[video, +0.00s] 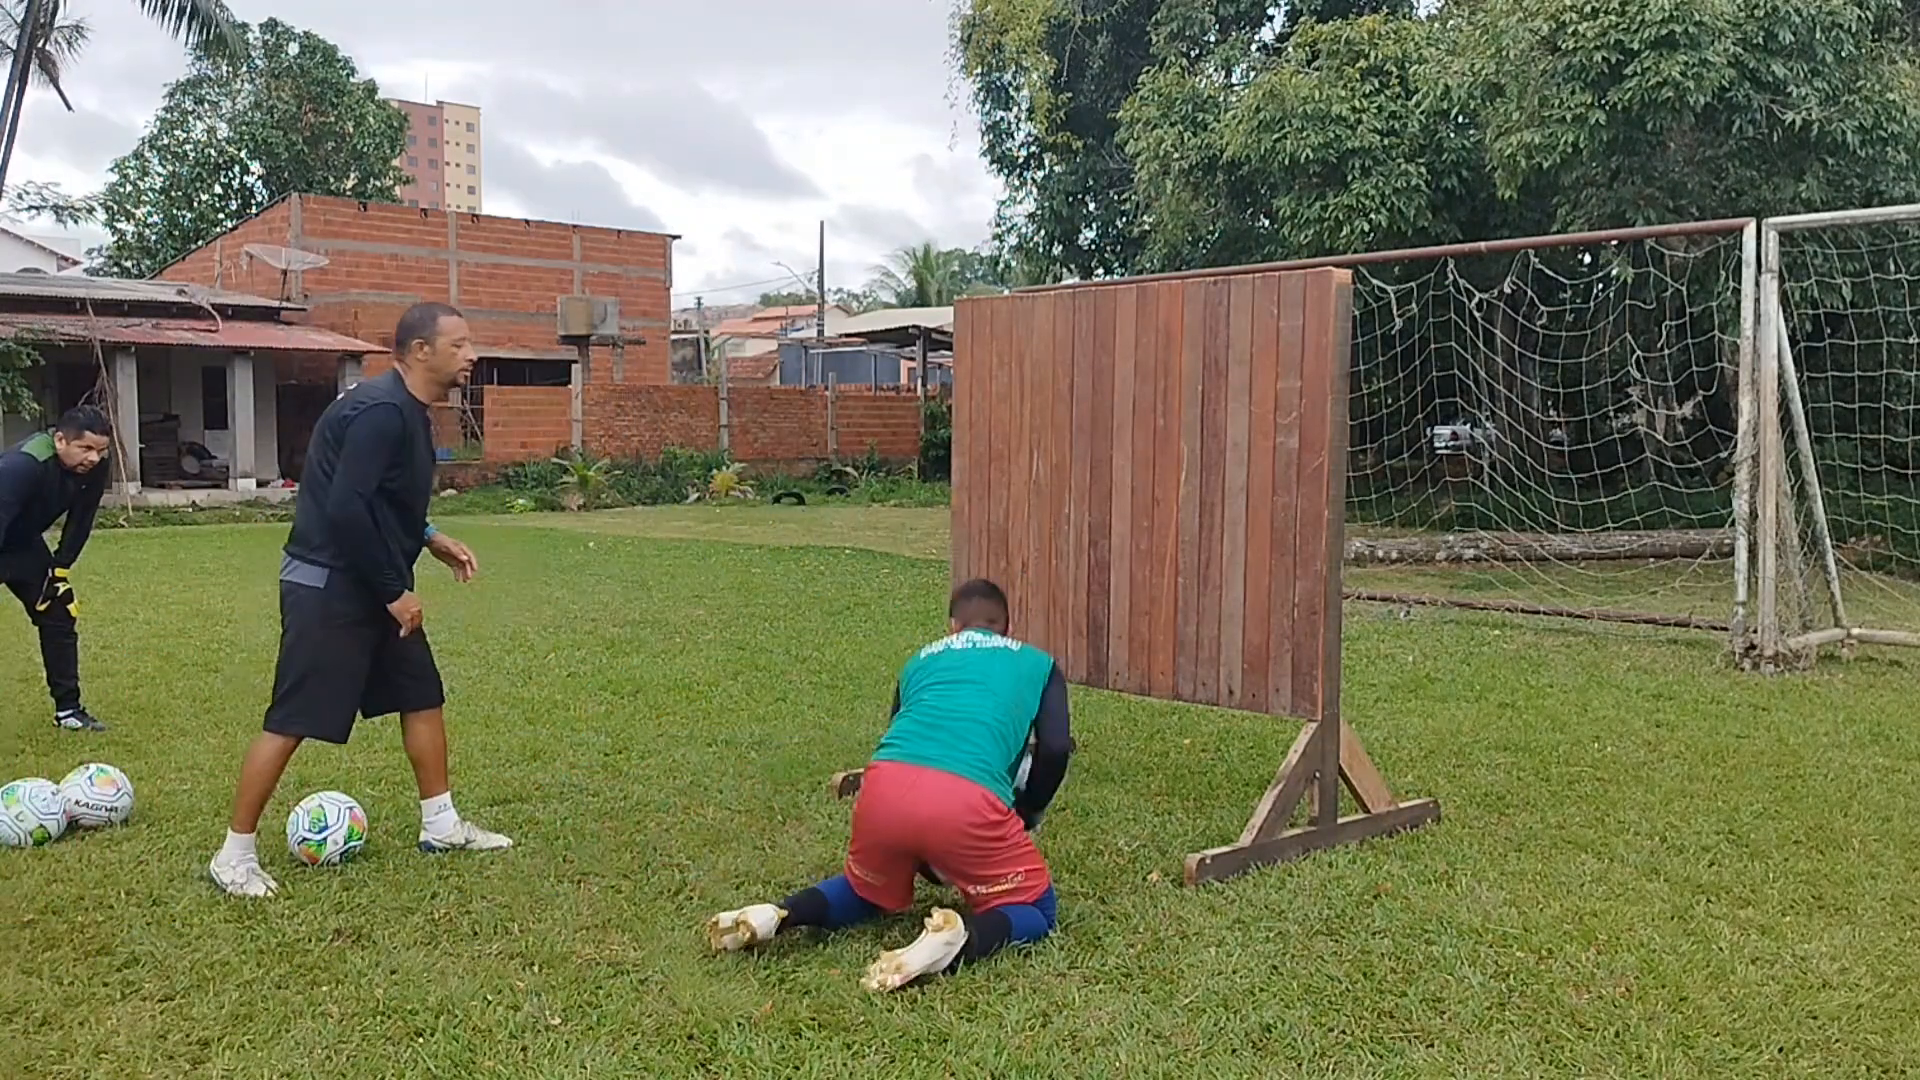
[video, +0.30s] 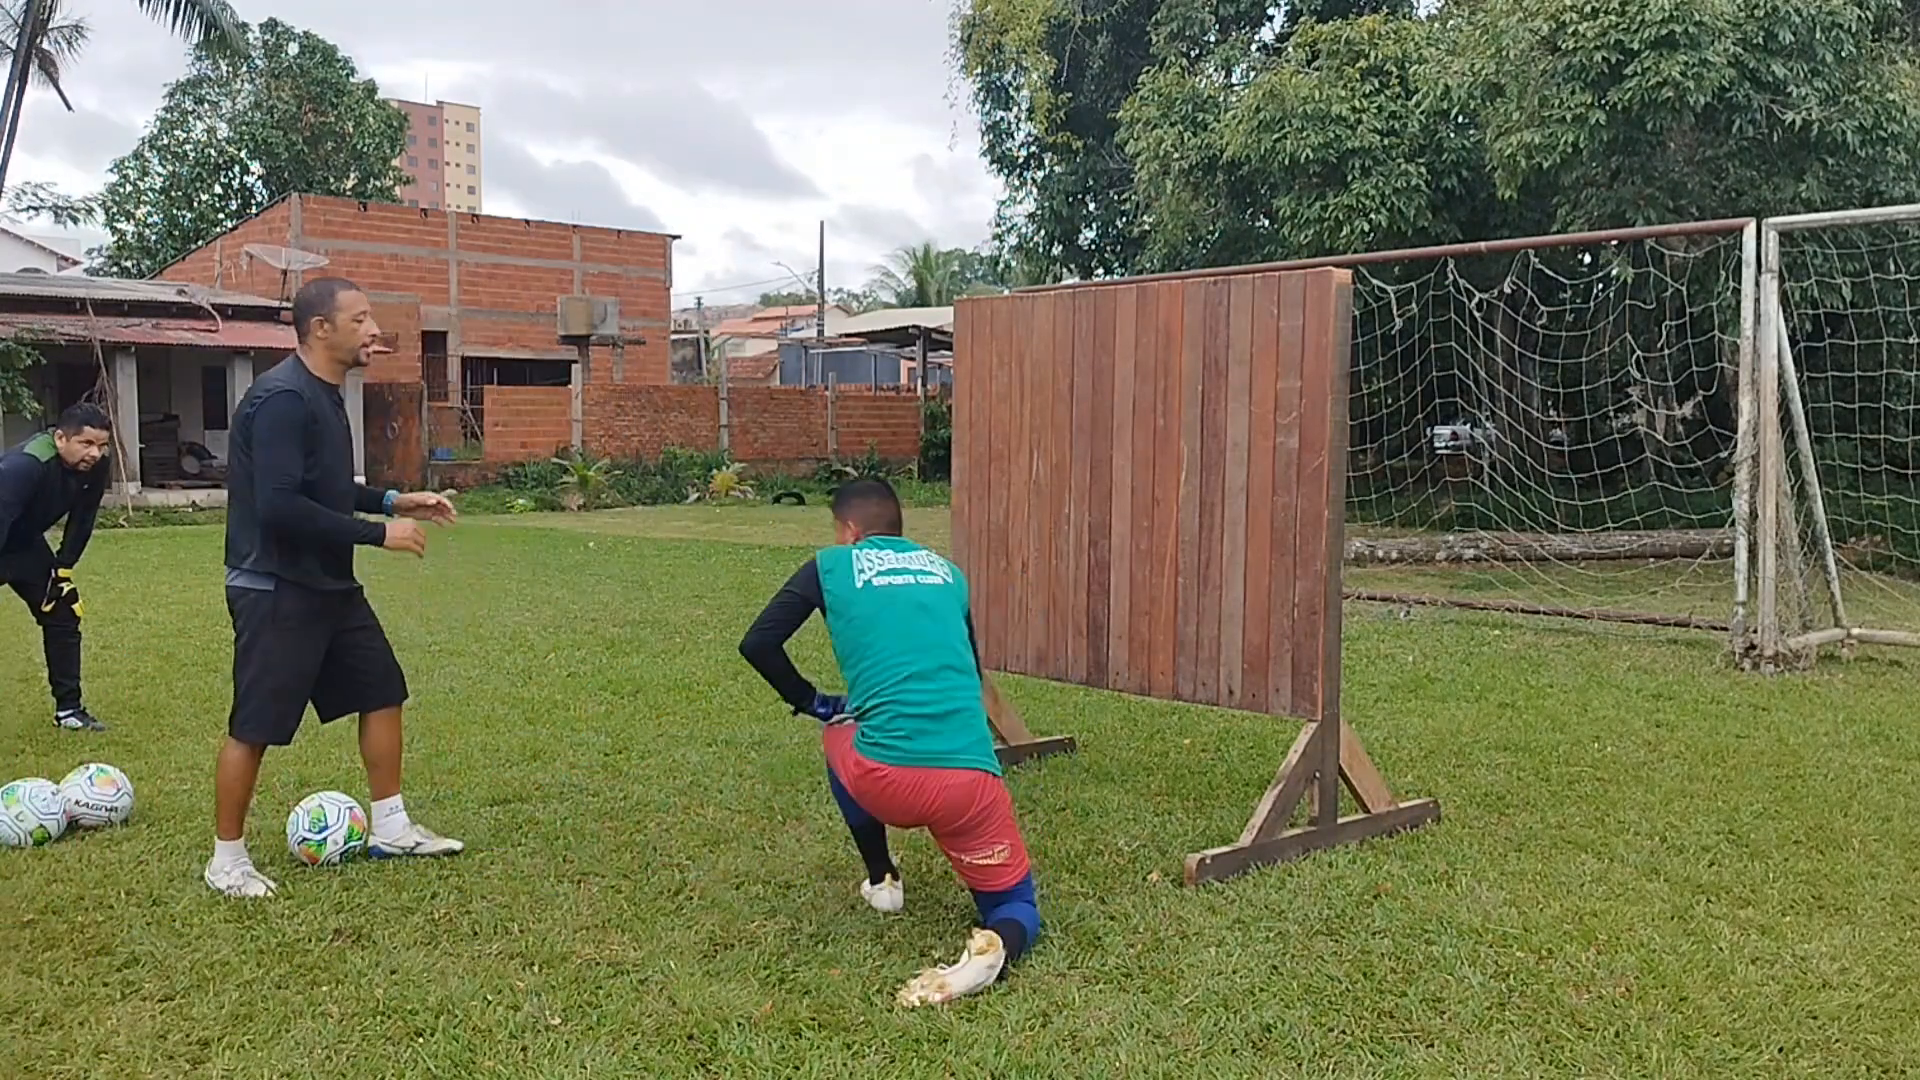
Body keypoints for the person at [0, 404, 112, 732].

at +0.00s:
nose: (93, 458)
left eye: (100, 451)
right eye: (86, 449)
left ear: (107, 448)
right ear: (60, 440)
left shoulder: (95, 465)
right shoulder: (21, 468)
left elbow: (81, 519)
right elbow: (7, 527)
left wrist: (61, 568)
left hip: (20, 540)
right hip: (4, 542)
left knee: (58, 613)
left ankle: (68, 709)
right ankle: (67, 709)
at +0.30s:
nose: (95, 454)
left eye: (101, 446)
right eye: (87, 444)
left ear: (107, 446)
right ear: (61, 438)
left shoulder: (95, 465)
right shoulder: (24, 468)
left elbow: (82, 519)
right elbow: (6, 526)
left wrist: (63, 570)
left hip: (21, 541)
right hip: (5, 542)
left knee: (61, 612)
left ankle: (69, 709)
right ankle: (68, 708)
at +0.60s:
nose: (97, 454)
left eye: (103, 446)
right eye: (90, 445)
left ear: (109, 446)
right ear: (63, 439)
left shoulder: (96, 464)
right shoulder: (26, 468)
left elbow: (84, 519)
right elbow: (6, 527)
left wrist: (67, 568)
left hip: (24, 541)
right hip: (5, 542)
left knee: (64, 611)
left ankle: (69, 709)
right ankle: (68, 709)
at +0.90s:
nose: (100, 456)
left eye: (106, 449)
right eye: (92, 447)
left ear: (112, 447)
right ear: (66, 440)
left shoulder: (98, 465)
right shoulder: (29, 468)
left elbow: (85, 519)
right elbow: (6, 528)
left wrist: (67, 567)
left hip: (24, 539)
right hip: (2, 541)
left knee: (64, 610)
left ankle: (70, 709)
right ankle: (68, 709)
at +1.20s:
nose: (99, 457)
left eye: (106, 449)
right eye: (92, 447)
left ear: (112, 448)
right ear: (66, 440)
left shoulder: (98, 467)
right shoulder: (30, 468)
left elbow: (85, 520)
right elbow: (6, 529)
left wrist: (67, 568)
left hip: (24, 539)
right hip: (2, 540)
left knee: (63, 610)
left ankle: (70, 709)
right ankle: (68, 709)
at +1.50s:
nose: (98, 457)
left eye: (105, 450)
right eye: (91, 447)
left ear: (111, 448)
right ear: (65, 439)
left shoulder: (100, 465)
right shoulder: (31, 466)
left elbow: (85, 520)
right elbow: (4, 528)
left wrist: (67, 569)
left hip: (25, 537)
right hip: (2, 534)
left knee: (63, 607)